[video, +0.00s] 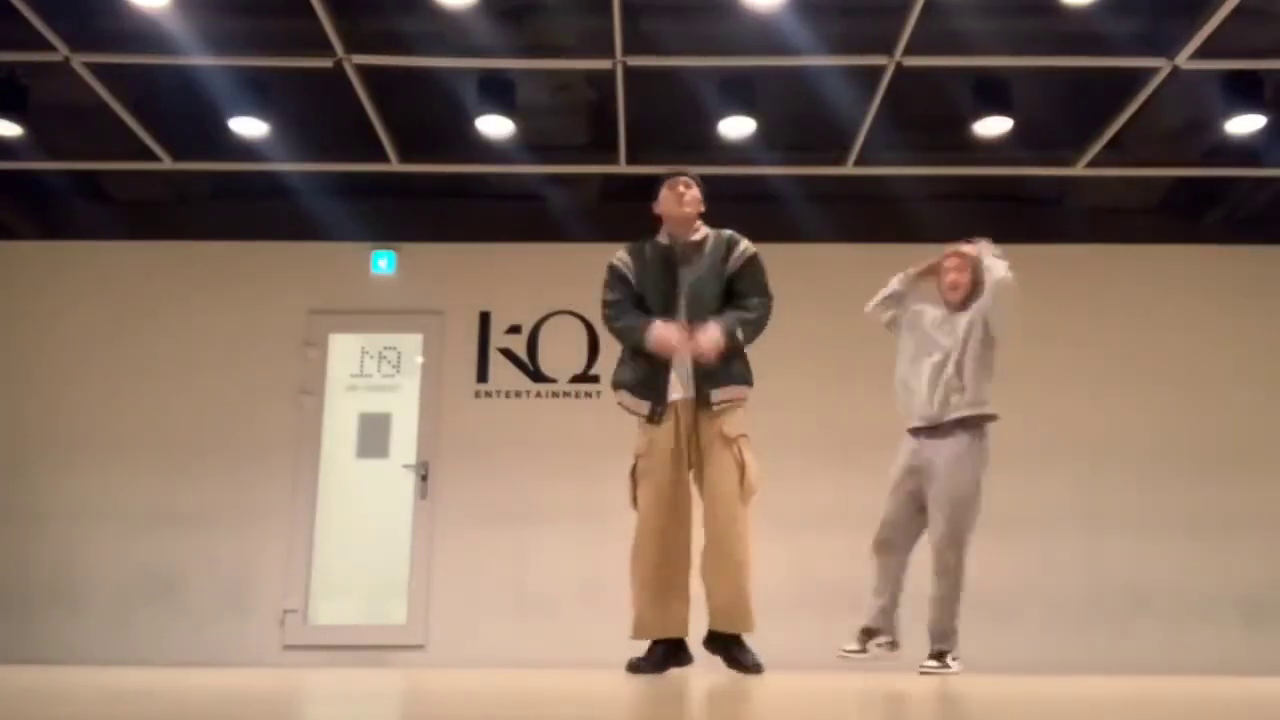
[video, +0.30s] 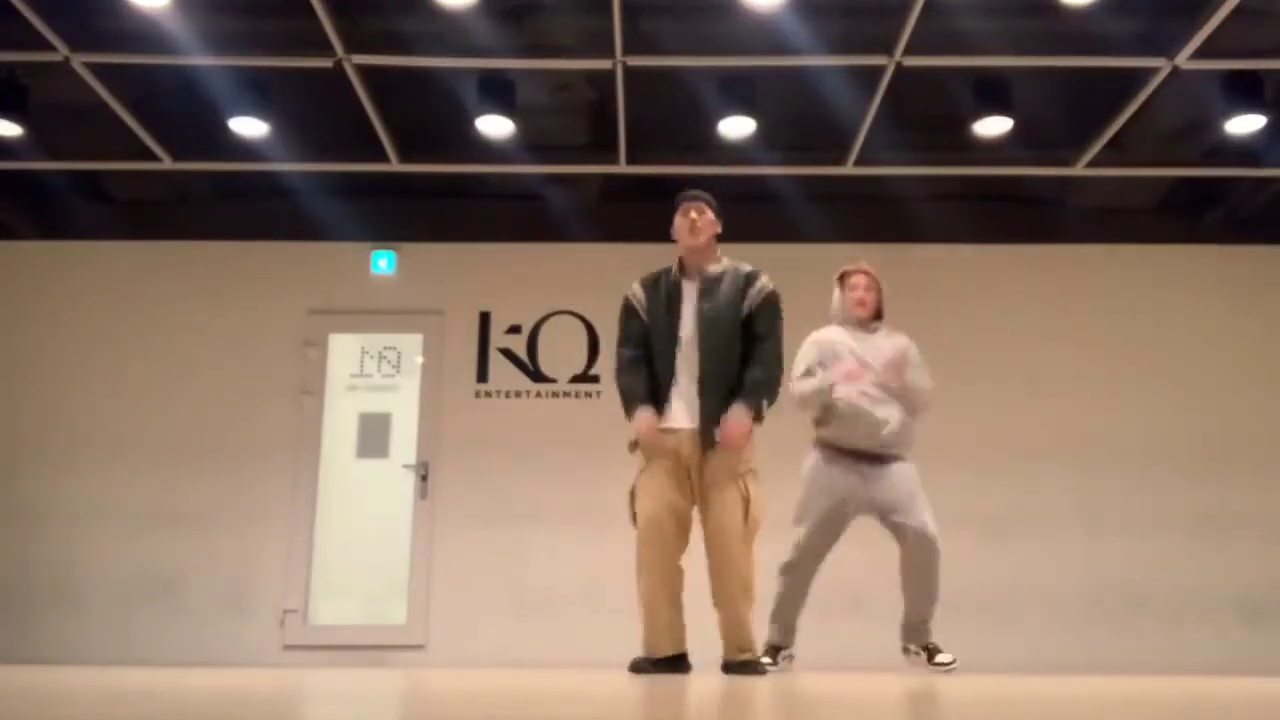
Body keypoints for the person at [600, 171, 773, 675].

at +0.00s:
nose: (685, 191)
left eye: (691, 186)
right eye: (675, 188)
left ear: (703, 203)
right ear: (657, 208)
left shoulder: (733, 249)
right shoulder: (632, 259)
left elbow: (756, 307)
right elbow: (617, 314)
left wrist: (720, 332)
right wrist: (653, 333)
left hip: (721, 404)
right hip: (658, 408)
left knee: (729, 518)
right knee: (660, 520)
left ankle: (727, 631)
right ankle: (667, 639)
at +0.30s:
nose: (693, 219)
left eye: (702, 213)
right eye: (685, 214)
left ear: (718, 228)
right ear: (673, 231)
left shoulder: (751, 287)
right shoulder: (646, 291)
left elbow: (766, 359)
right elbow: (630, 358)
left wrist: (746, 408)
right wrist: (641, 409)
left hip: (725, 441)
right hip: (661, 441)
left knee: (731, 550)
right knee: (655, 550)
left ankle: (740, 651)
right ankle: (664, 651)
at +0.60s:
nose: (713, 211)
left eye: (721, 204)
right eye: (703, 204)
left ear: (736, 217)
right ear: (686, 217)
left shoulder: (755, 264)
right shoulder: (668, 266)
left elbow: (792, 238)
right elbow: (617, 231)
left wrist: (747, 219)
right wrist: (653, 210)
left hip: (750, 403)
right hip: (689, 407)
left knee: (765, 503)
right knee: (680, 503)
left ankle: (757, 624)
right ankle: (702, 626)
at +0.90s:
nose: (727, 242)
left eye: (733, 233)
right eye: (717, 238)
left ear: (748, 242)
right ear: (706, 252)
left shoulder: (781, 288)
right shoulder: (688, 293)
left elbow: (792, 342)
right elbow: (668, 348)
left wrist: (766, 369)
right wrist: (691, 366)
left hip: (764, 430)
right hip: (701, 433)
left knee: (765, 533)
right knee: (679, 529)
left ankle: (768, 649)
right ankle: (718, 645)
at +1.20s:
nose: (706, 233)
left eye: (714, 222)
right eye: (700, 224)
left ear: (731, 229)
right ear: (691, 234)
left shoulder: (750, 269)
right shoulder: (683, 275)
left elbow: (755, 229)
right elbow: (659, 244)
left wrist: (704, 195)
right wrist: (673, 199)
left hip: (741, 405)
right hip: (682, 407)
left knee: (754, 521)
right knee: (655, 519)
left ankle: (763, 643)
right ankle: (630, 640)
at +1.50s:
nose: (671, 242)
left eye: (672, 232)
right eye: (659, 243)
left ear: (688, 233)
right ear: (652, 260)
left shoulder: (724, 263)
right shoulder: (647, 293)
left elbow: (702, 326)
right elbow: (674, 332)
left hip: (696, 399)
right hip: (643, 406)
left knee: (713, 501)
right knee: (622, 517)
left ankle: (786, 620)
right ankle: (630, 645)